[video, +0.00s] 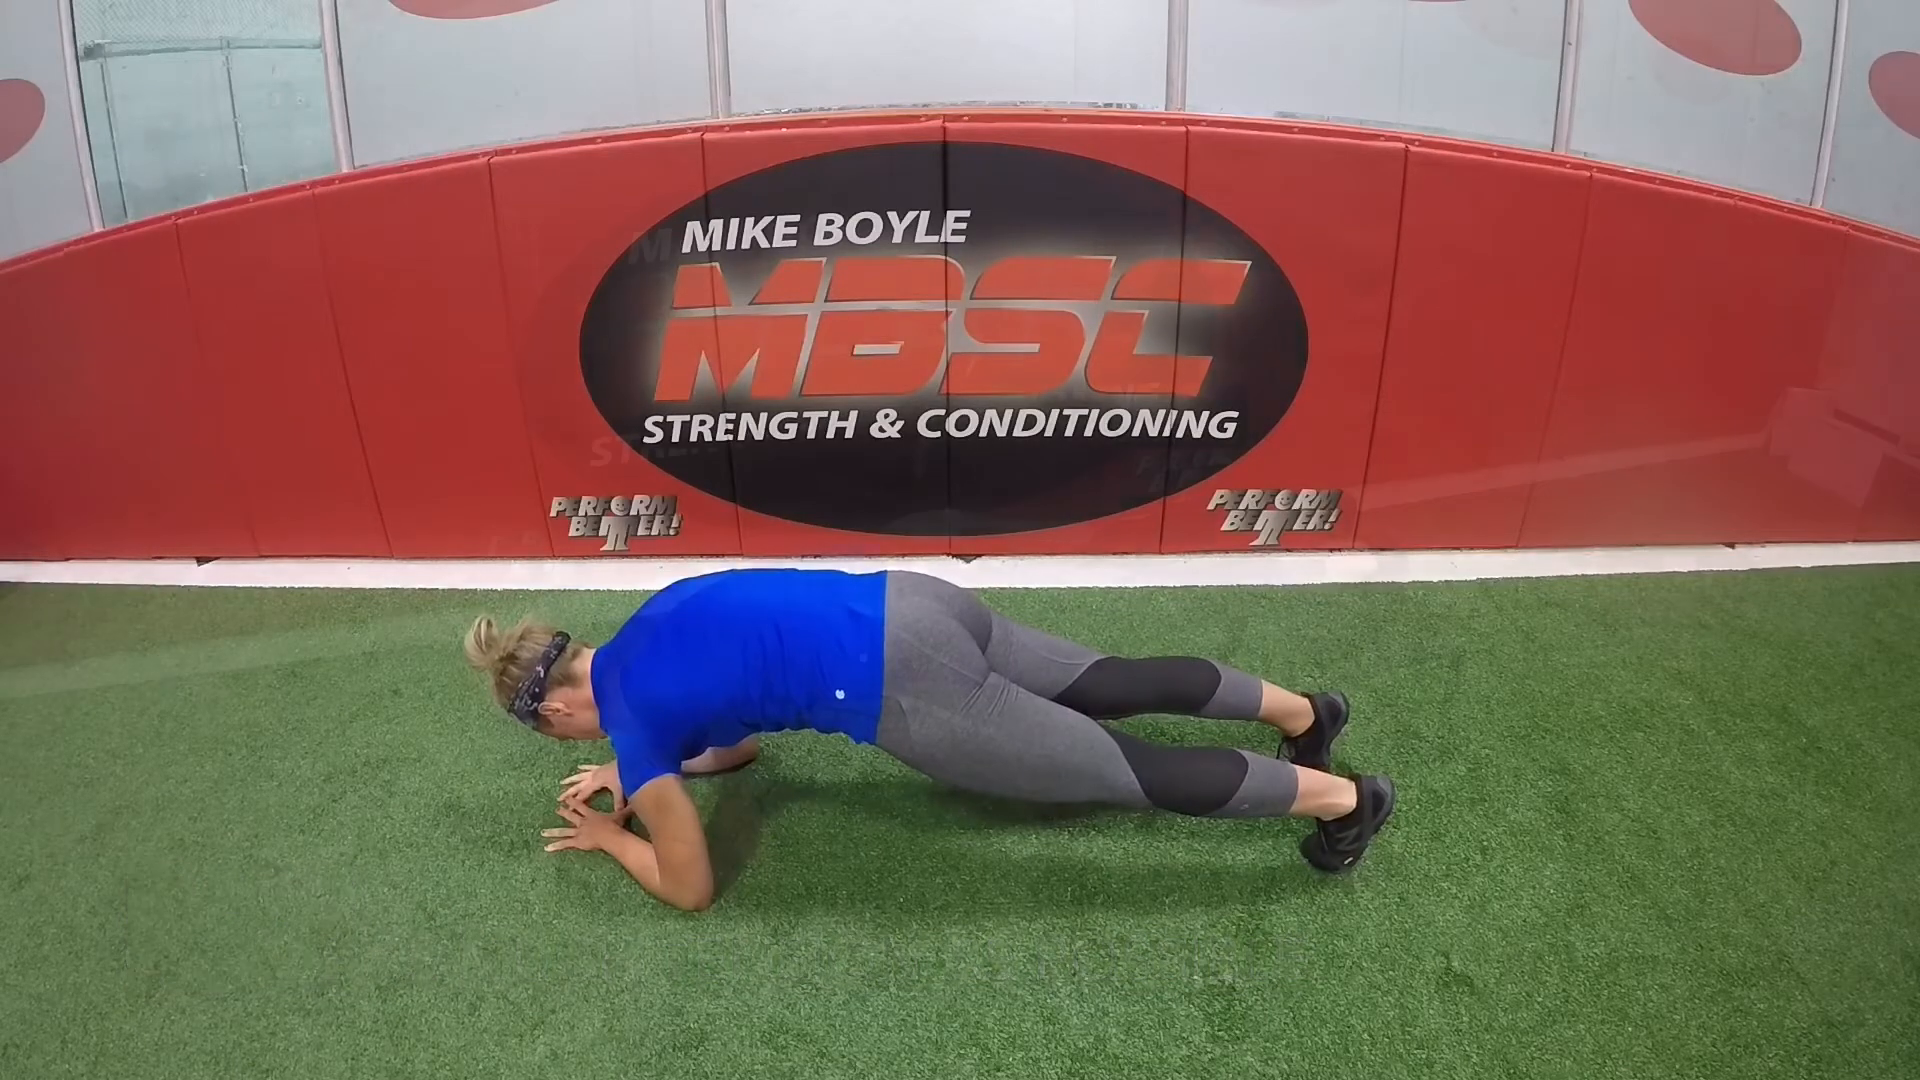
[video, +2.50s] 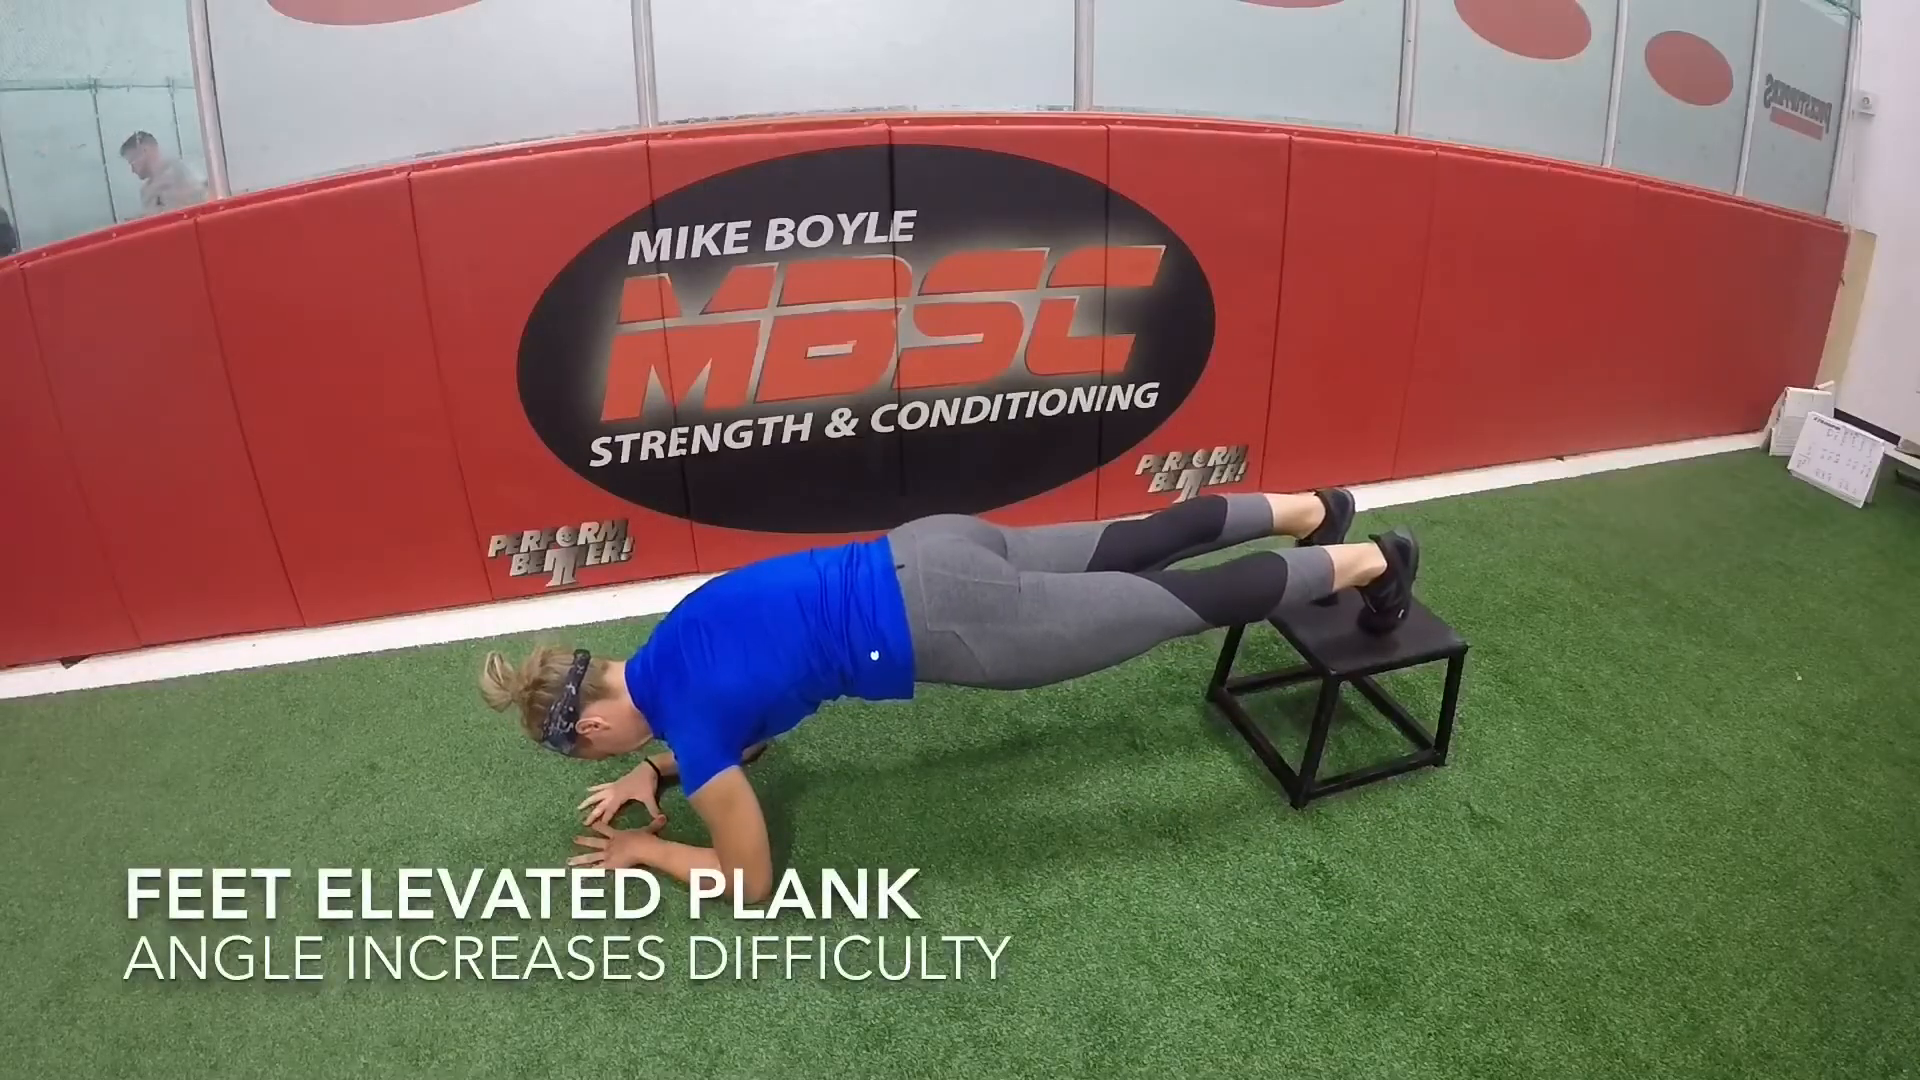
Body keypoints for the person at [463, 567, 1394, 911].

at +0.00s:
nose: (572, 736)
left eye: (556, 730)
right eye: (561, 730)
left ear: (560, 699)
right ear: (575, 648)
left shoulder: (631, 716)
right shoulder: (657, 609)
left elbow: (688, 885)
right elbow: (738, 740)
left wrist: (612, 840)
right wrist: (640, 777)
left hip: (900, 690)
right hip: (916, 593)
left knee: (1131, 771)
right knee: (1110, 681)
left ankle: (1343, 798)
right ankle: (1306, 714)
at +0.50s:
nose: (582, 744)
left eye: (564, 732)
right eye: (569, 734)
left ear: (575, 703)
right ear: (581, 660)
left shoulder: (650, 711)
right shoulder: (653, 627)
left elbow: (739, 878)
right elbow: (739, 759)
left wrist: (629, 852)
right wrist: (649, 782)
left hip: (897, 681)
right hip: (906, 583)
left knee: (1106, 774)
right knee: (1082, 670)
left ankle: (1325, 791)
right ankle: (1283, 706)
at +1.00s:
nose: (595, 754)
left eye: (579, 743)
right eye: (583, 745)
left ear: (592, 711)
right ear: (594, 672)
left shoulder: (683, 722)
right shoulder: (667, 633)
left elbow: (745, 881)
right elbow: (749, 747)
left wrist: (639, 855)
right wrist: (659, 802)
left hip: (932, 630)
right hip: (913, 537)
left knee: (1165, 608)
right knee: (1107, 545)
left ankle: (1337, 569)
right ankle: (1265, 508)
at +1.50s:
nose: (606, 753)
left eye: (590, 743)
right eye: (594, 746)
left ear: (602, 711)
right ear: (601, 674)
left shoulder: (692, 722)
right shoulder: (672, 633)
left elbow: (747, 879)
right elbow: (743, 744)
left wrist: (645, 854)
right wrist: (658, 798)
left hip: (939, 623)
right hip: (923, 538)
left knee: (1171, 605)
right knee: (1114, 543)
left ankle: (1344, 562)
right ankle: (1270, 507)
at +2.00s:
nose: (604, 750)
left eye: (589, 742)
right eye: (592, 743)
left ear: (599, 710)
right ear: (597, 669)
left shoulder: (690, 721)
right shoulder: (670, 629)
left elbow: (748, 879)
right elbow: (747, 738)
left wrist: (644, 852)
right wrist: (662, 790)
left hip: (937, 625)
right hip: (923, 540)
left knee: (1169, 605)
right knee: (1119, 543)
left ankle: (1341, 562)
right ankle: (1278, 509)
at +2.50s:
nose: (609, 752)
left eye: (593, 743)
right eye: (597, 745)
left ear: (602, 710)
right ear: (601, 670)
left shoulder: (689, 717)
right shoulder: (672, 630)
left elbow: (748, 878)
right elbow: (750, 742)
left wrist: (645, 852)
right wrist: (661, 792)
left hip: (939, 626)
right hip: (919, 540)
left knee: (1173, 607)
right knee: (1118, 545)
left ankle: (1343, 566)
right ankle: (1273, 508)